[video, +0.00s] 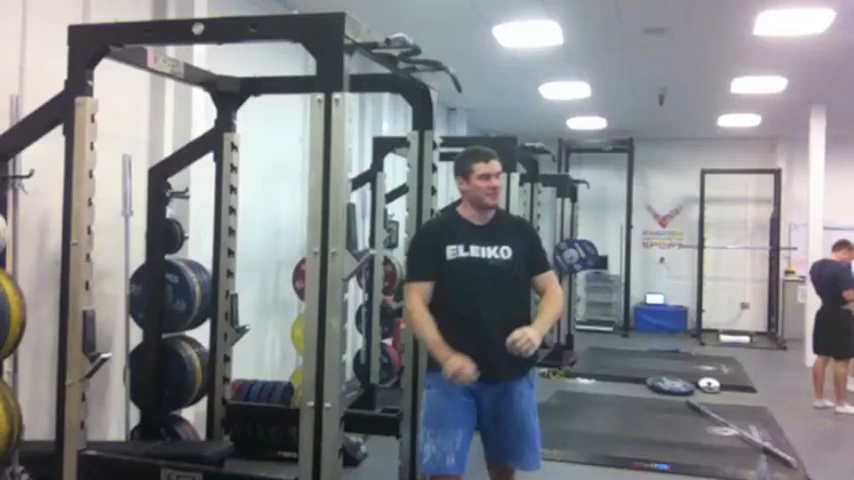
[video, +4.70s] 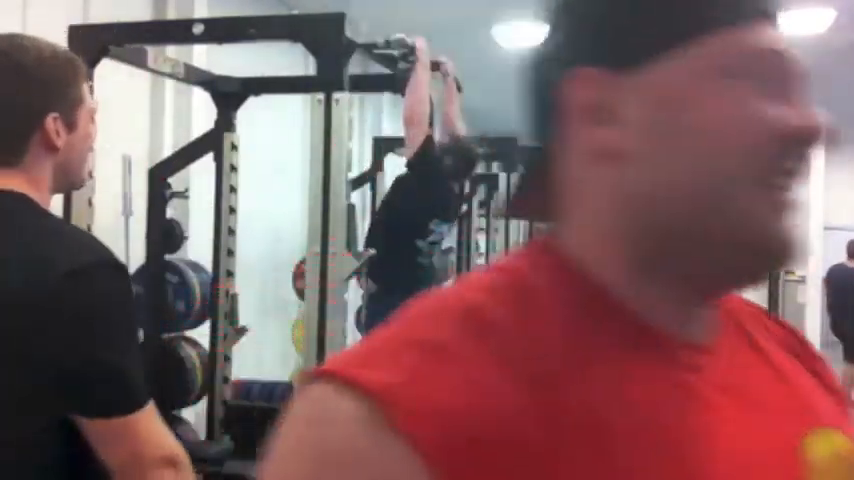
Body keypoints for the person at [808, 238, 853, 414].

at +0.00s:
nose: (849, 259)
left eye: (850, 255)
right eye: (849, 255)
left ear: (834, 250)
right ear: (844, 252)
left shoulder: (817, 266)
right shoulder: (842, 269)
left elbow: (820, 291)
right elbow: (848, 294)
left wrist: (836, 297)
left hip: (824, 311)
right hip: (841, 314)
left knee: (822, 357)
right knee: (841, 361)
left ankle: (818, 398)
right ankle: (841, 402)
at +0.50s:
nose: (847, 259)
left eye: (847, 256)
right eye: (846, 255)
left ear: (830, 250)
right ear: (841, 252)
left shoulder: (816, 267)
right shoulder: (840, 269)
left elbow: (822, 292)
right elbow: (846, 295)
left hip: (823, 311)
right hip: (840, 313)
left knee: (822, 357)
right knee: (842, 361)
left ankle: (818, 398)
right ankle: (841, 402)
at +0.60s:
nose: (846, 257)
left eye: (847, 253)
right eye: (846, 253)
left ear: (830, 249)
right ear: (838, 250)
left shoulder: (815, 266)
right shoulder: (839, 269)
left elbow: (823, 292)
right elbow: (845, 295)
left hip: (823, 311)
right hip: (840, 313)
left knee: (821, 357)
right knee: (842, 361)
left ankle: (818, 398)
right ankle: (841, 402)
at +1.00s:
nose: (846, 255)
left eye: (846, 251)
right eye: (845, 251)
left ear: (829, 249)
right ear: (838, 249)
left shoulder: (816, 266)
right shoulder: (838, 268)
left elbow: (821, 291)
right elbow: (842, 294)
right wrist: (853, 294)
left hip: (822, 311)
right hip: (839, 314)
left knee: (821, 357)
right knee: (841, 361)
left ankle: (818, 398)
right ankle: (841, 401)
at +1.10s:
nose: (848, 255)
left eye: (847, 251)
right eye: (846, 251)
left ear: (829, 248)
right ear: (839, 249)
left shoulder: (816, 267)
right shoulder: (837, 269)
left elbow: (820, 293)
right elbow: (842, 295)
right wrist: (853, 296)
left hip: (822, 312)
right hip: (839, 314)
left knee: (821, 357)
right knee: (841, 361)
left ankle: (818, 398)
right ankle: (841, 402)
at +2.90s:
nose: (853, 255)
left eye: (852, 251)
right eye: (853, 251)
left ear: (844, 251)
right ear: (849, 251)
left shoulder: (833, 270)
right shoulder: (847, 272)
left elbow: (830, 302)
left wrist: (840, 314)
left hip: (837, 320)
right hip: (848, 322)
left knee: (842, 359)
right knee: (848, 362)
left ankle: (825, 394)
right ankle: (845, 403)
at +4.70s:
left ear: (847, 252)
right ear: (851, 253)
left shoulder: (834, 271)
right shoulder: (838, 272)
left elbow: (830, 302)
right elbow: (831, 302)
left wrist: (834, 322)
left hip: (839, 325)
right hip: (848, 327)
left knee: (848, 362)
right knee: (849, 363)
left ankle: (845, 396)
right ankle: (846, 397)